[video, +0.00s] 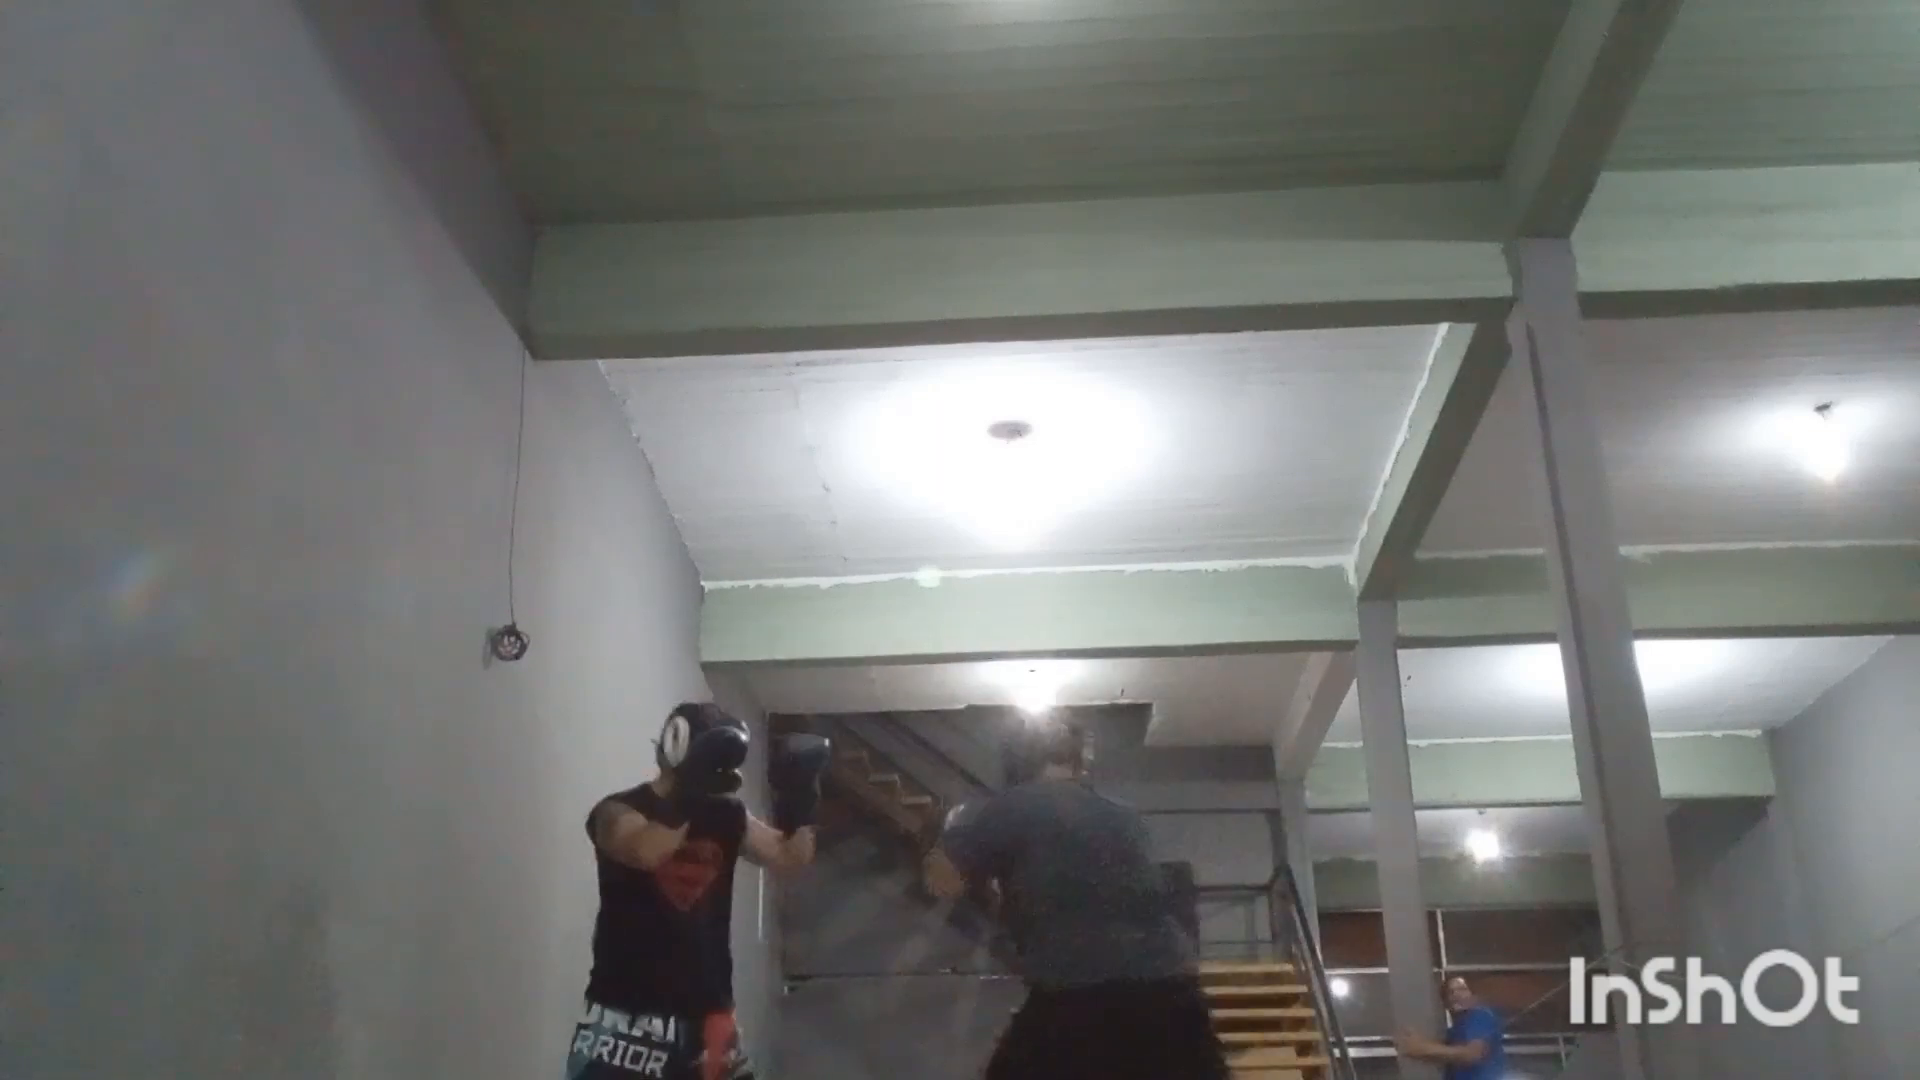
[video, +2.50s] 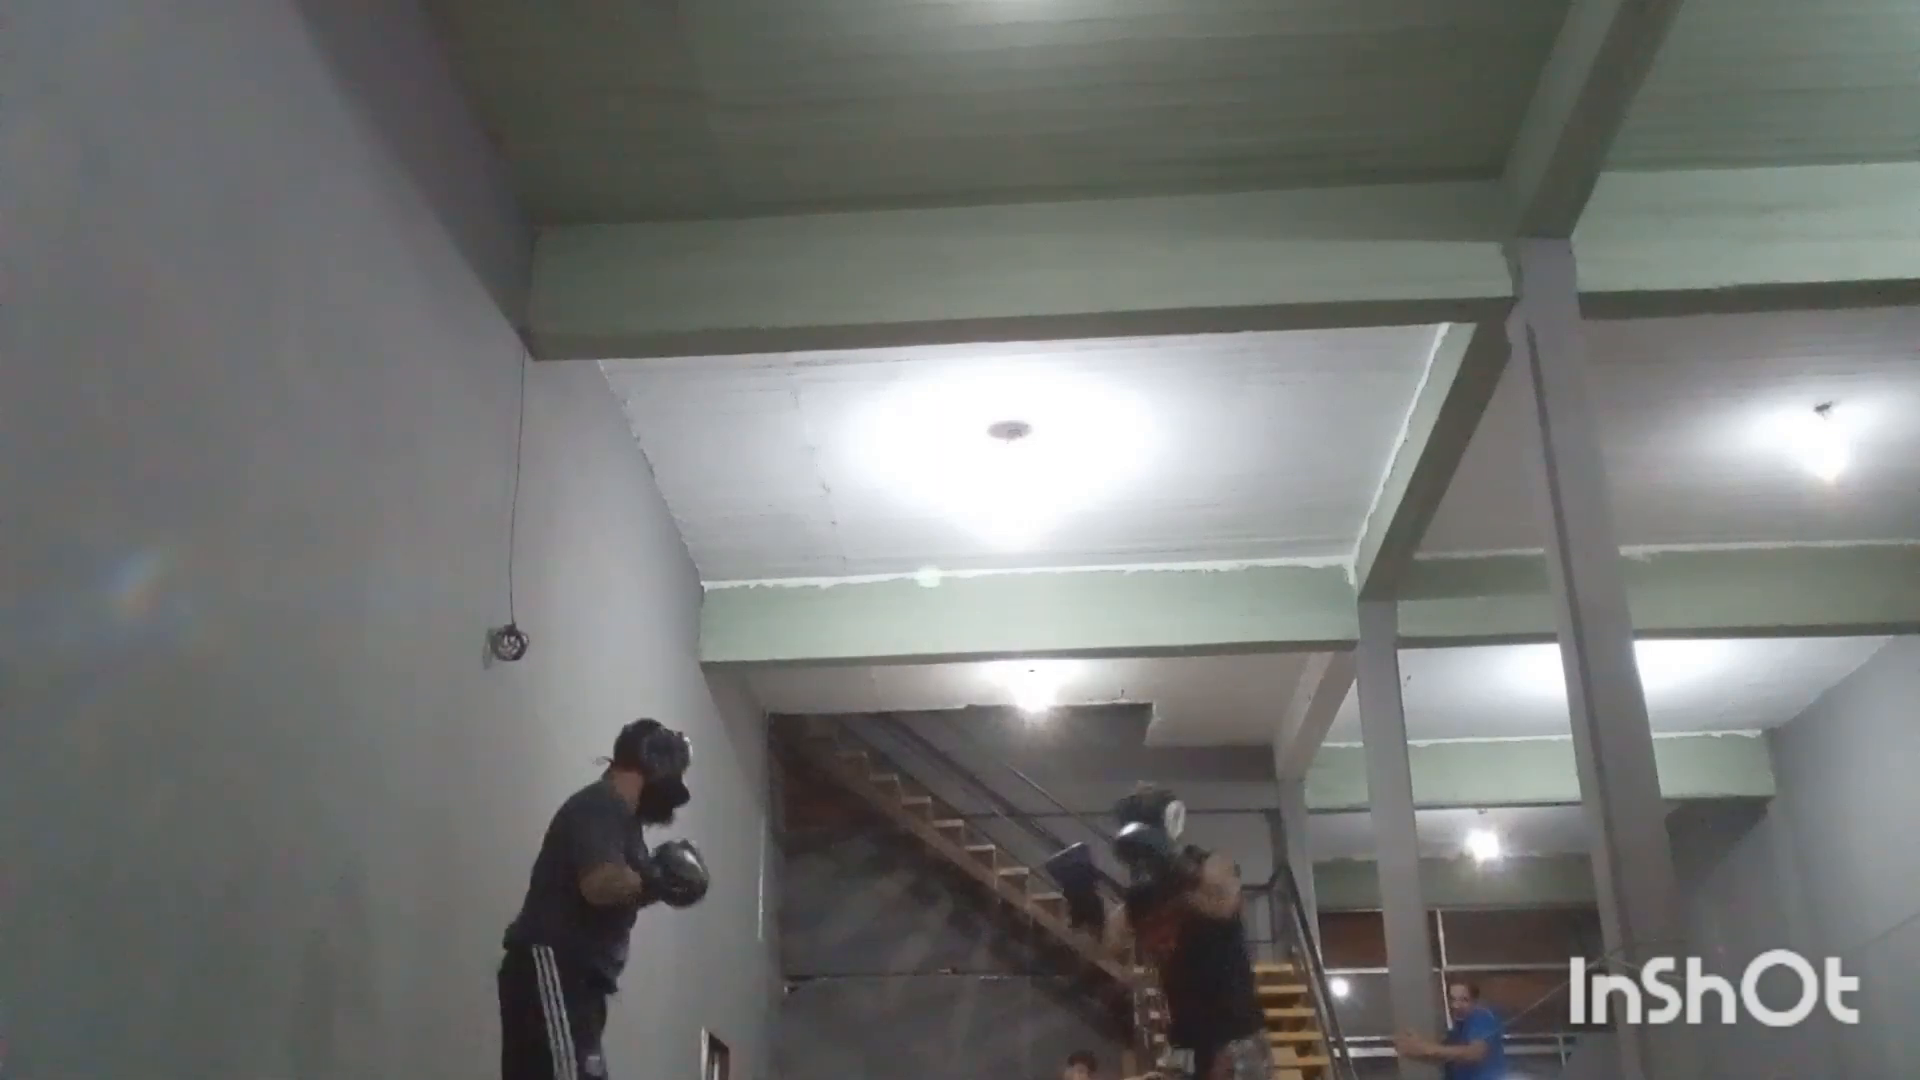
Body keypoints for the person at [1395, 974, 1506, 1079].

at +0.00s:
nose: (1457, 995)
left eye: (1462, 990)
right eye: (1452, 992)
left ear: (1470, 993)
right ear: (1445, 999)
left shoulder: (1480, 1016)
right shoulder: (1455, 1027)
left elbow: (1475, 1053)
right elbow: (1452, 1053)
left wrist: (1425, 1049)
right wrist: (1419, 1046)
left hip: (1483, 1075)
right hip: (1460, 1075)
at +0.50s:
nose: (1458, 997)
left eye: (1463, 990)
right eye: (1452, 993)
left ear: (1470, 995)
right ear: (1444, 1001)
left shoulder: (1481, 1017)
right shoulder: (1454, 1030)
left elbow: (1476, 1054)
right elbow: (1450, 1055)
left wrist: (1425, 1050)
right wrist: (1418, 1048)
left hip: (1485, 1075)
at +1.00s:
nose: (1457, 996)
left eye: (1462, 991)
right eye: (1451, 993)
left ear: (1470, 995)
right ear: (1445, 1000)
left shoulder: (1481, 1017)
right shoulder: (1454, 1031)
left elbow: (1476, 1056)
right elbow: (1448, 1054)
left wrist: (1424, 1050)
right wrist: (1419, 1046)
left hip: (1485, 1075)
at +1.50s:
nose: (1458, 997)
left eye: (1462, 990)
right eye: (1451, 993)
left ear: (1471, 995)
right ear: (1445, 1001)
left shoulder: (1481, 1017)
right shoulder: (1453, 1030)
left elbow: (1476, 1055)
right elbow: (1447, 1054)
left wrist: (1427, 1049)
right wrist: (1419, 1046)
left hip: (1484, 1075)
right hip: (1458, 1076)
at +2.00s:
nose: (1458, 996)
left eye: (1462, 991)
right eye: (1452, 993)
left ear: (1470, 993)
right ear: (1446, 1000)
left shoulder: (1481, 1015)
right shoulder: (1457, 1023)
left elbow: (1477, 1053)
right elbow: (1450, 1054)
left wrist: (1425, 1049)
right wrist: (1420, 1045)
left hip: (1483, 1076)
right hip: (1460, 1076)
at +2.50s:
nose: (1456, 1005)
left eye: (1463, 1000)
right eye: (1453, 999)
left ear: (1473, 1001)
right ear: (1448, 1001)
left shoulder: (1482, 1018)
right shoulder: (1458, 1024)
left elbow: (1477, 1053)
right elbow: (1447, 1052)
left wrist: (1427, 1049)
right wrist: (1419, 1047)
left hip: (1485, 1076)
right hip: (1462, 1076)